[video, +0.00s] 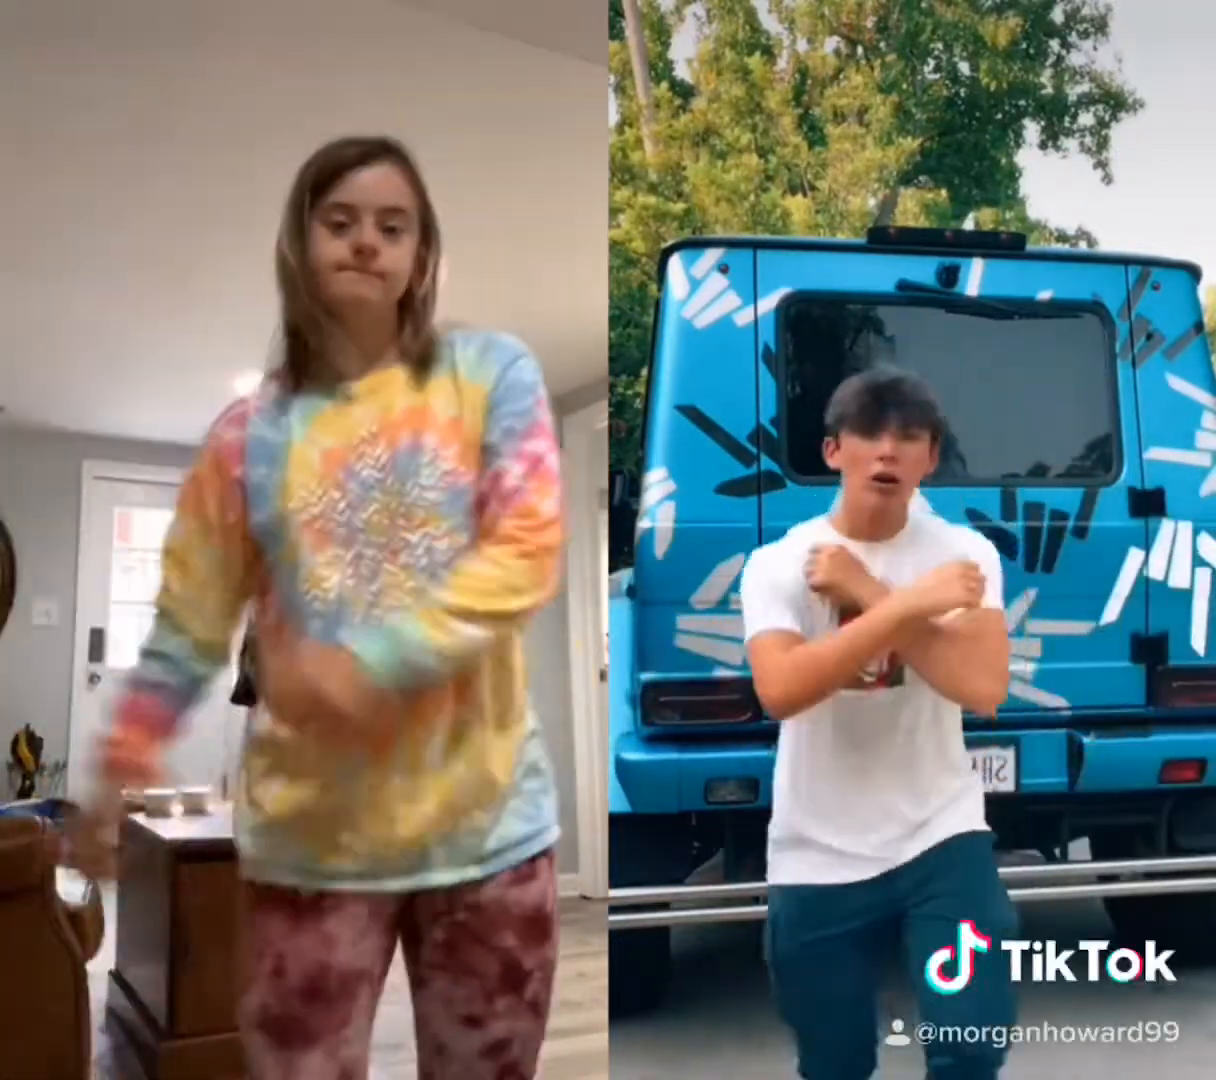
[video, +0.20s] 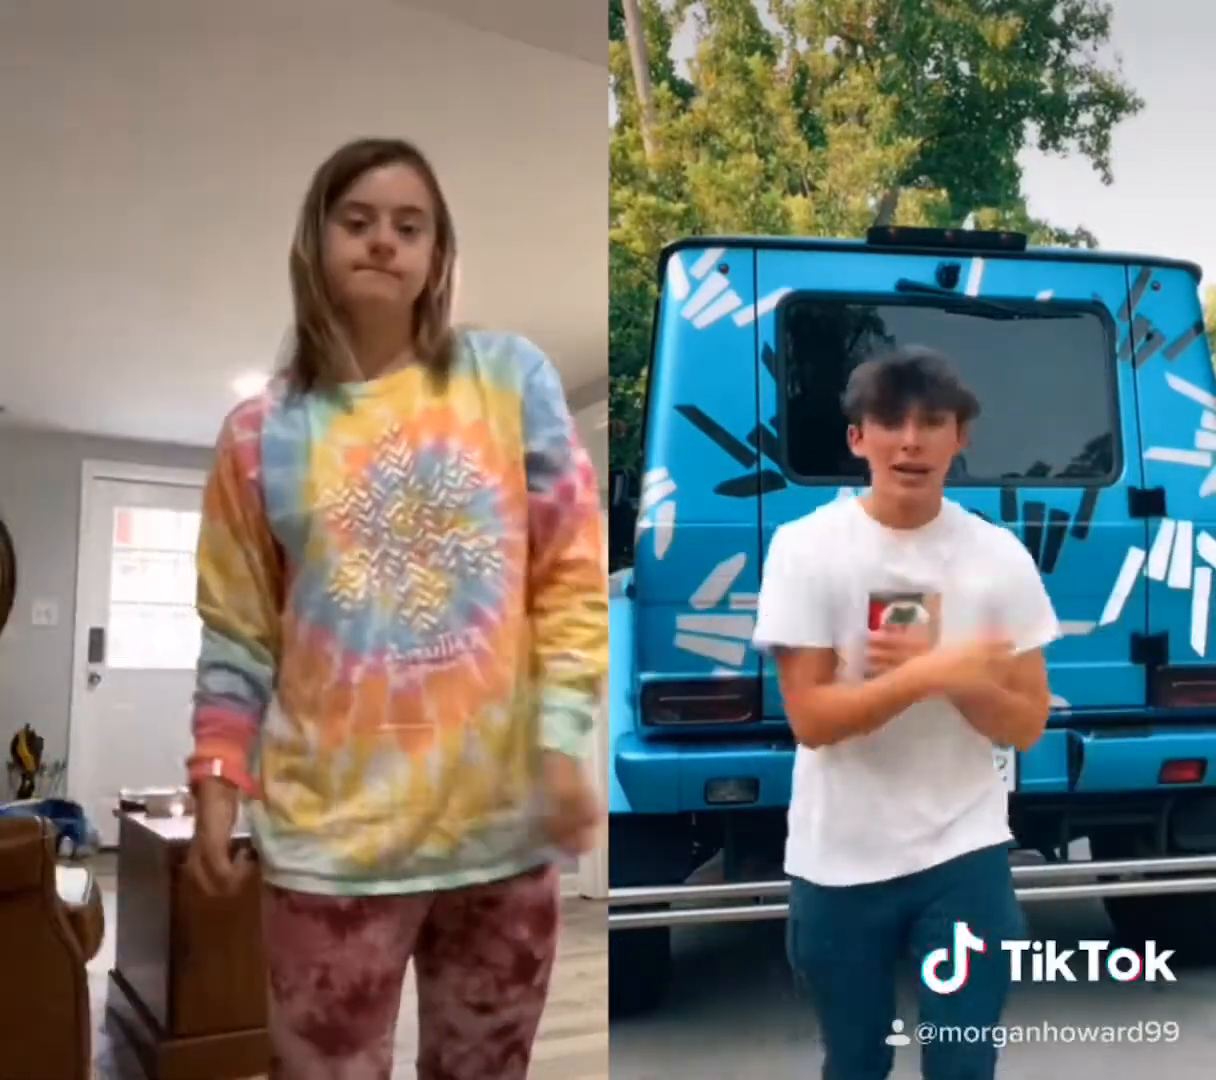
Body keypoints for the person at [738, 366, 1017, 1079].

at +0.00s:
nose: (889, 452)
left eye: (909, 437)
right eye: (871, 435)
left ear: (932, 458)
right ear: (834, 452)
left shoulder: (965, 553)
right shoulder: (780, 563)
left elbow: (985, 685)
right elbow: (780, 687)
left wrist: (870, 594)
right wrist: (912, 605)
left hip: (942, 835)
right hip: (817, 854)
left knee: (972, 1050)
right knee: (833, 1064)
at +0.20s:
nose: (911, 441)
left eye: (931, 423)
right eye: (891, 422)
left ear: (960, 437)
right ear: (858, 438)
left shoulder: (999, 558)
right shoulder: (806, 551)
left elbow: (1027, 724)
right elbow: (810, 720)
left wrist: (928, 666)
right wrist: (938, 673)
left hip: (966, 854)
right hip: (838, 862)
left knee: (963, 1063)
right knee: (853, 1062)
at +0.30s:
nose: (926, 470)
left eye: (946, 451)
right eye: (905, 453)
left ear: (977, 470)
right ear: (873, 477)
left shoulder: (1016, 589)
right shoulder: (815, 592)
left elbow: (1051, 749)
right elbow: (811, 755)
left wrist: (1001, 718)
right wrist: (884, 764)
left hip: (980, 879)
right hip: (850, 893)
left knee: (980, 1068)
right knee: (858, 1068)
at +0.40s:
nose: (930, 469)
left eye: (951, 449)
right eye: (909, 452)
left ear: (982, 470)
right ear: (876, 476)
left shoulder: (1025, 593)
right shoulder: (819, 596)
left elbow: (1085, 769)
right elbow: (803, 782)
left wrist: (1036, 704)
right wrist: (882, 712)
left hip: (985, 893)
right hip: (854, 901)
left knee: (990, 1070)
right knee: (873, 1069)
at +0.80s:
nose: (904, 442)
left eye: (927, 421)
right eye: (882, 423)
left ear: (961, 448)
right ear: (845, 452)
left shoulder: (1016, 580)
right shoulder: (786, 596)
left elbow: (1060, 778)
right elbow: (787, 795)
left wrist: (982, 644)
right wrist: (852, 649)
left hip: (992, 924)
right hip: (841, 933)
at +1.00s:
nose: (878, 379)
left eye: (901, 354)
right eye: (854, 359)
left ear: (944, 375)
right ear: (825, 386)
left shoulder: (1015, 481)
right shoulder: (804, 538)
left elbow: (1054, 629)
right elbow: (839, 752)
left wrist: (889, 550)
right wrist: (740, 660)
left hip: (1035, 870)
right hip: (885, 890)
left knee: (1043, 1064)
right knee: (917, 1064)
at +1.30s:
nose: (943, 445)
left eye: (966, 425)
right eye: (920, 428)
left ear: (1004, 456)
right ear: (885, 464)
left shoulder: (1085, 561)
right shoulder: (860, 629)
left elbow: (1141, 746)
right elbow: (880, 835)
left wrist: (976, 657)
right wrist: (805, 703)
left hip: (1120, 932)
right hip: (957, 948)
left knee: (1186, 1061)